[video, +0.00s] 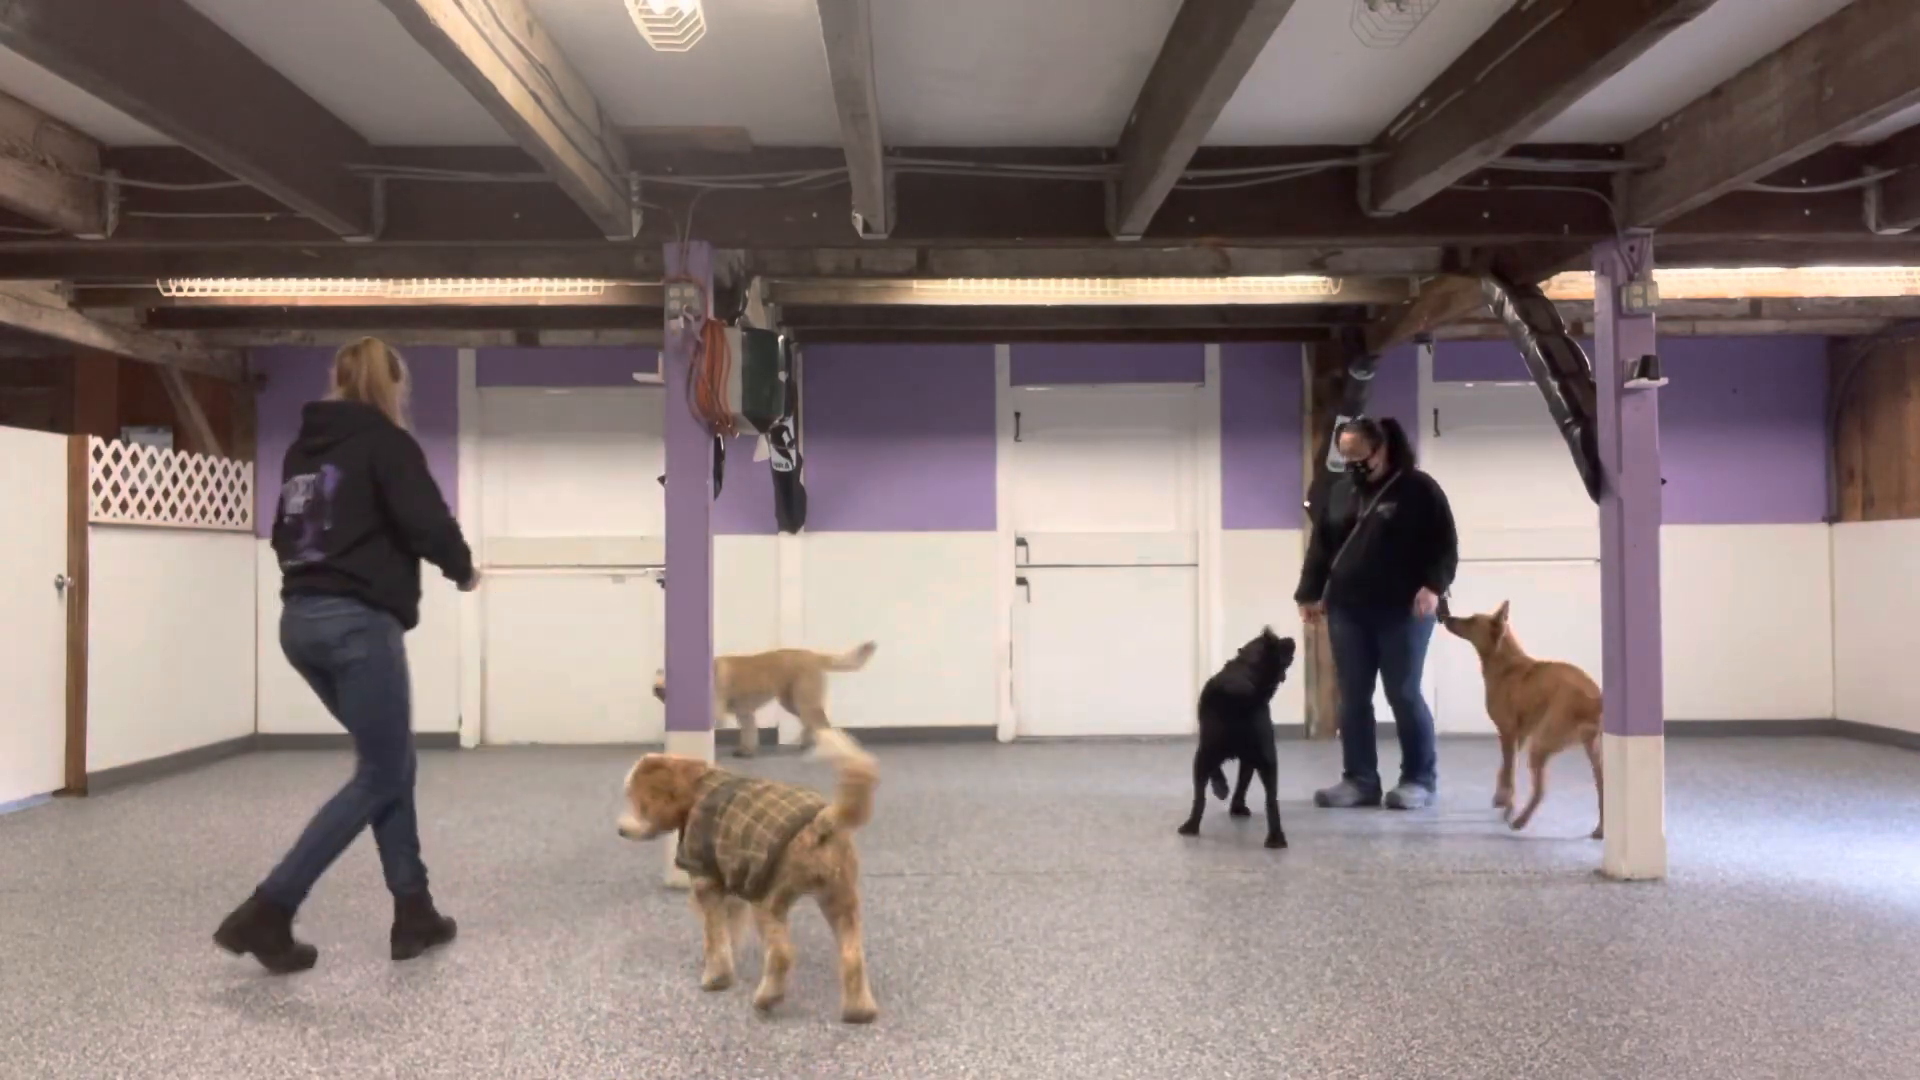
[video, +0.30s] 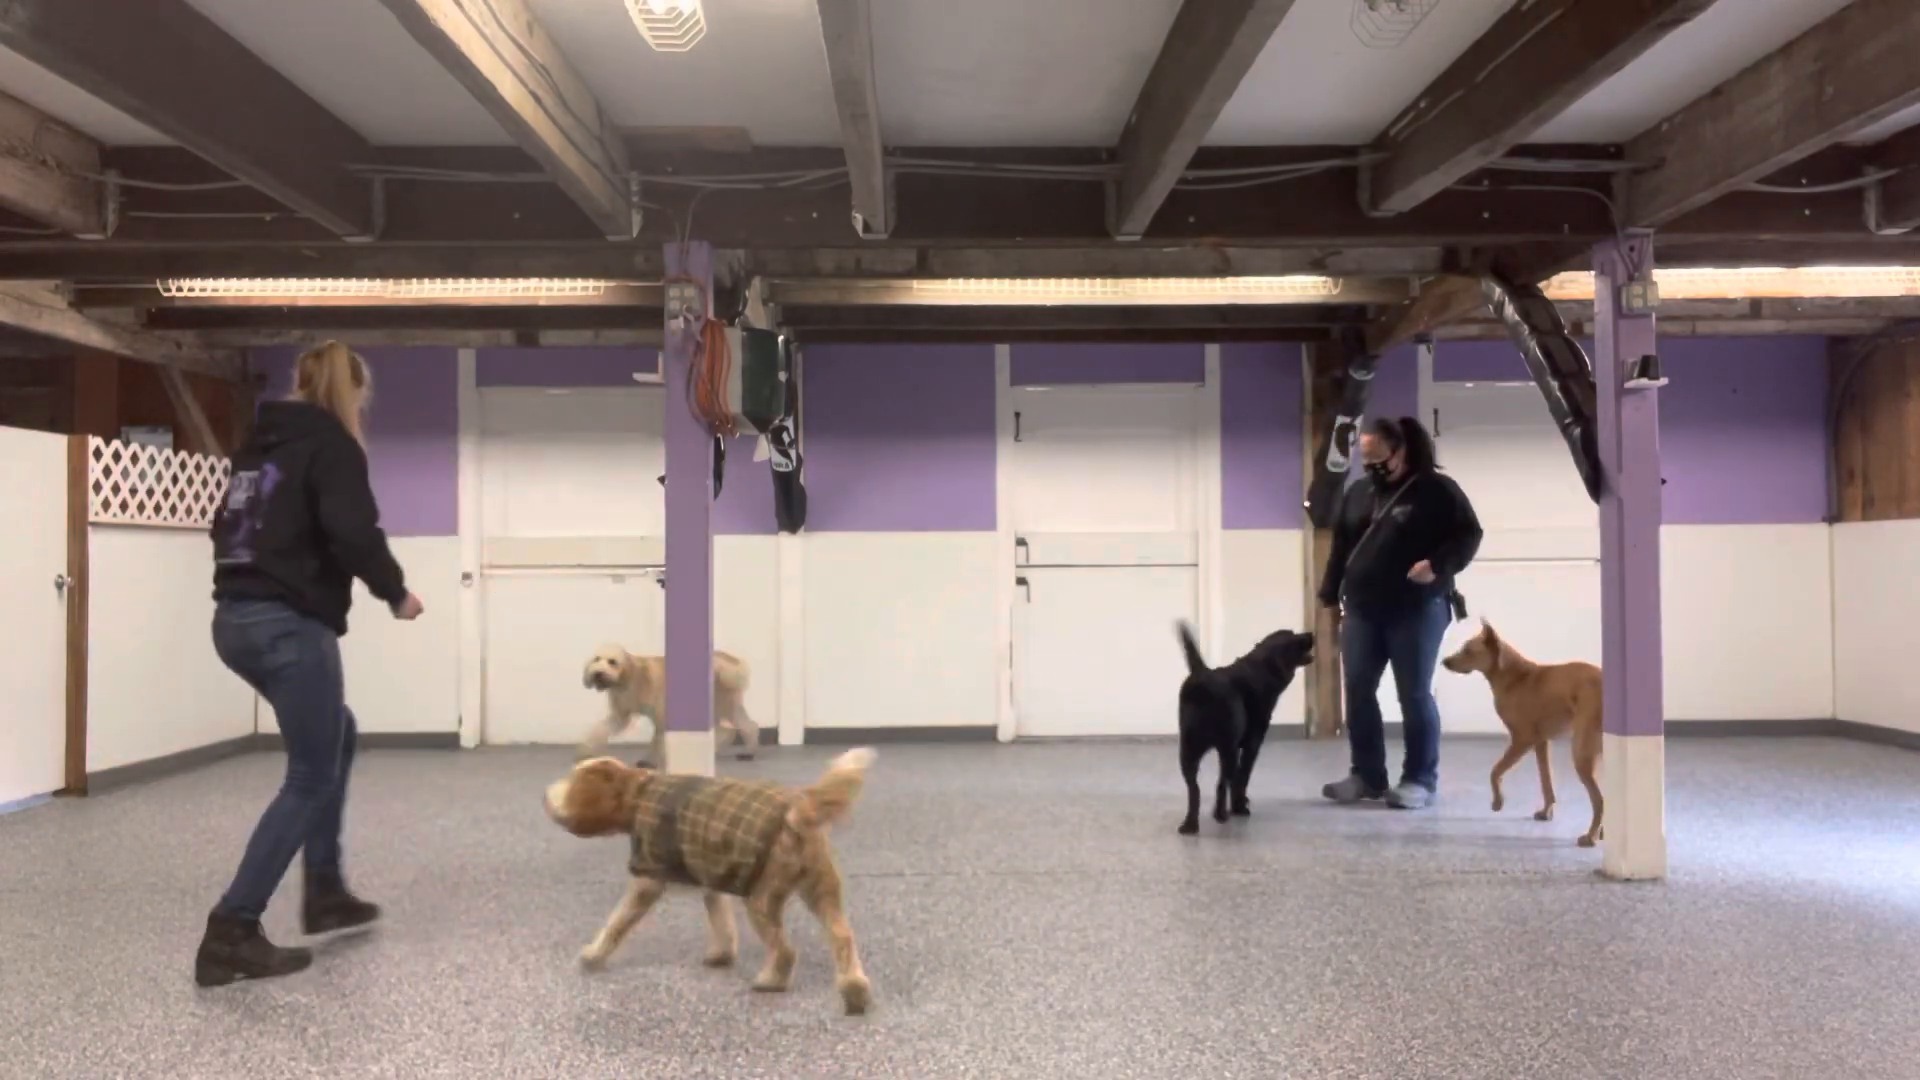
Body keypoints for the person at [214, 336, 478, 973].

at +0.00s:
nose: (406, 395)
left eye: (404, 385)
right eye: (403, 385)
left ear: (340, 382)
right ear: (390, 386)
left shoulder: (304, 446)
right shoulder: (387, 442)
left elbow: (286, 535)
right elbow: (426, 522)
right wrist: (463, 569)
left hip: (301, 621)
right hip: (360, 622)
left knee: (392, 765)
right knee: (383, 773)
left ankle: (413, 911)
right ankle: (267, 911)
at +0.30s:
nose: (365, 405)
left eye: (365, 393)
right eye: (363, 393)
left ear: (304, 383)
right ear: (350, 391)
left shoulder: (262, 437)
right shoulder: (332, 443)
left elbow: (230, 528)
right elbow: (351, 530)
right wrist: (396, 591)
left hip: (236, 621)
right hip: (289, 625)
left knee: (338, 736)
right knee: (309, 779)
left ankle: (325, 893)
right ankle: (231, 930)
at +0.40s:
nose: (349, 405)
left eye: (349, 394)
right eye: (347, 394)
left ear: (287, 385)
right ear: (332, 391)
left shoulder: (247, 438)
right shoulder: (316, 442)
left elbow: (210, 526)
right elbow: (323, 528)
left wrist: (249, 582)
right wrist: (372, 595)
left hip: (223, 619)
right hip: (275, 621)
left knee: (293, 756)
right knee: (301, 772)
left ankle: (263, 890)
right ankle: (230, 931)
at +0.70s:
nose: (300, 441)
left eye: (299, 431)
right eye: (297, 430)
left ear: (241, 422)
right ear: (283, 426)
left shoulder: (204, 466)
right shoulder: (276, 465)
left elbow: (180, 540)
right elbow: (276, 537)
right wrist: (310, 605)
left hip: (154, 616)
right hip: (218, 618)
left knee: (190, 751)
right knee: (254, 772)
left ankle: (166, 893)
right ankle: (228, 931)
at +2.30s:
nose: (277, 458)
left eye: (281, 448)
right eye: (275, 446)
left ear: (231, 430)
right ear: (253, 434)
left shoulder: (202, 467)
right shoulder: (230, 462)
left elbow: (177, 540)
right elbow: (191, 522)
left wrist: (230, 600)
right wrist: (235, 594)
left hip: (123, 609)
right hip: (152, 608)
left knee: (188, 757)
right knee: (195, 763)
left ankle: (172, 892)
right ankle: (142, 935)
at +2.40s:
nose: (277, 439)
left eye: (281, 428)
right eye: (274, 426)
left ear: (240, 414)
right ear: (248, 414)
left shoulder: (218, 456)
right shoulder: (215, 449)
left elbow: (183, 534)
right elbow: (169, 520)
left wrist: (201, 606)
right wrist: (208, 594)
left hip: (145, 614)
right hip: (147, 615)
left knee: (183, 761)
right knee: (201, 771)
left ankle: (171, 892)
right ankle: (135, 943)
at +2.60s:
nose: (280, 401)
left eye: (286, 389)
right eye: (278, 385)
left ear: (253, 374)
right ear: (248, 371)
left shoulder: (229, 430)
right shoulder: (203, 418)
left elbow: (167, 513)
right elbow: (114, 492)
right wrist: (117, 588)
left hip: (190, 619)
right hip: (156, 618)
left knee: (242, 751)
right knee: (191, 775)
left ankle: (190, 893)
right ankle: (132, 945)